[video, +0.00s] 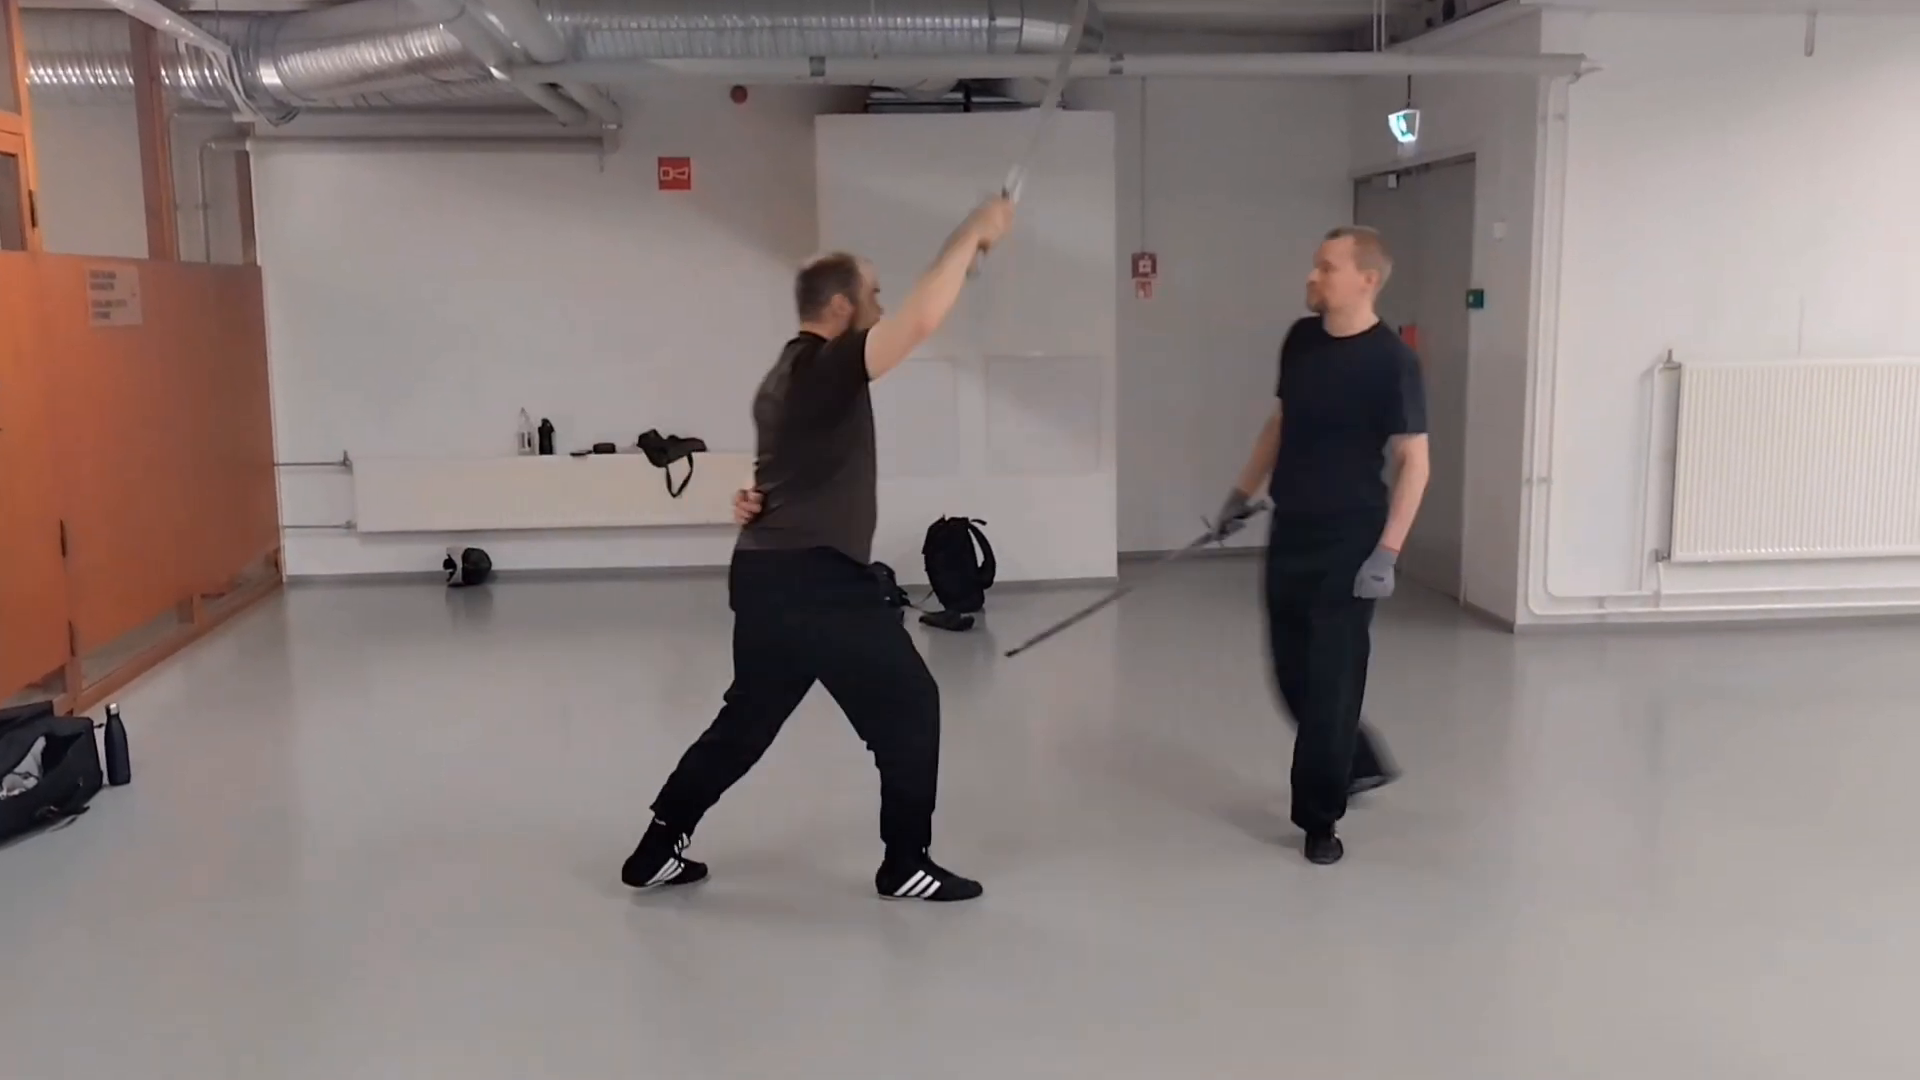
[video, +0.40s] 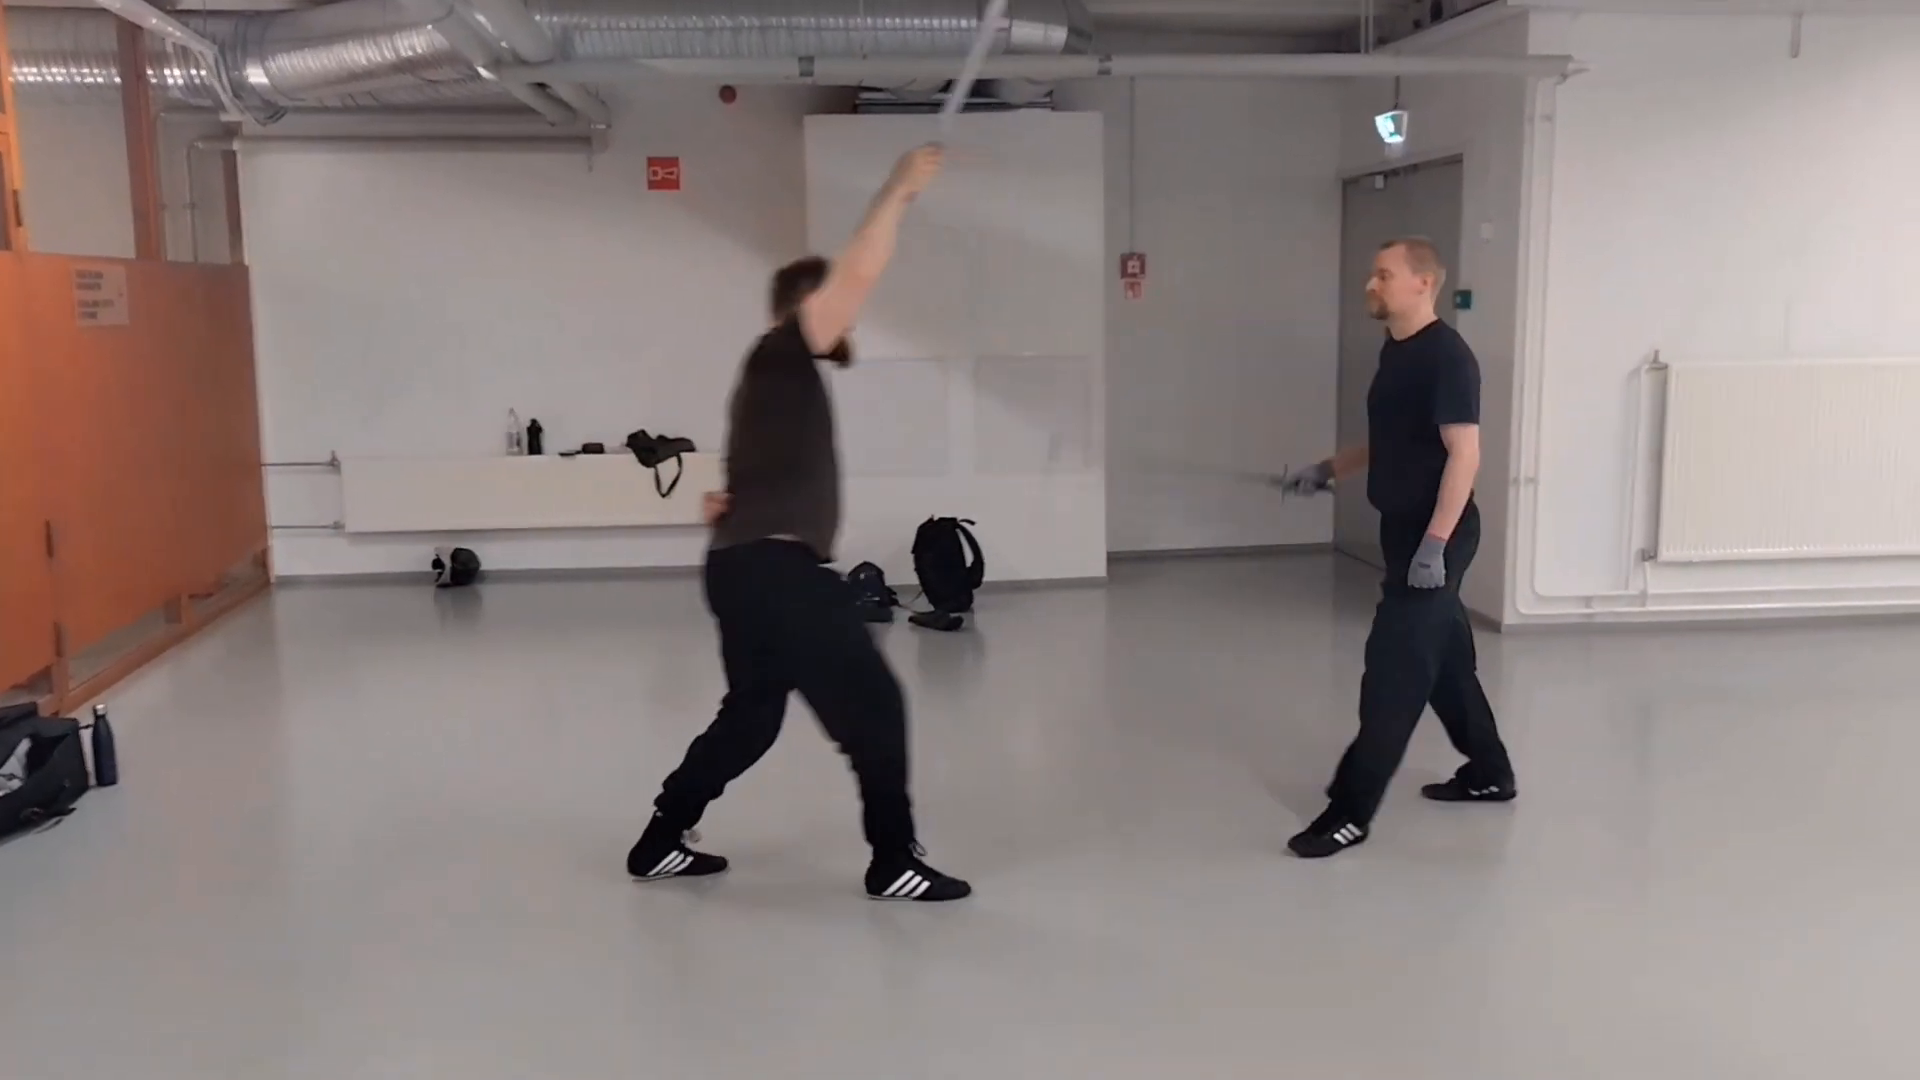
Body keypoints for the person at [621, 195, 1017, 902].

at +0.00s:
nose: (879, 308)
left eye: (875, 296)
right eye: (872, 297)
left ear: (813, 311)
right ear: (840, 308)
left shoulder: (782, 377)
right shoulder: (835, 363)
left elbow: (787, 465)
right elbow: (922, 319)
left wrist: (759, 494)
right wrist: (971, 237)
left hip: (765, 573)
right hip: (820, 576)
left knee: (748, 718)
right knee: (909, 709)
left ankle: (654, 850)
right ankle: (906, 865)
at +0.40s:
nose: (843, 310)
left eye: (840, 299)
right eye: (835, 296)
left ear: (785, 303)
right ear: (810, 299)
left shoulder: (770, 370)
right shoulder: (788, 352)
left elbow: (780, 478)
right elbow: (855, 274)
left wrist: (735, 504)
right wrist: (896, 194)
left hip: (740, 569)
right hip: (780, 568)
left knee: (751, 718)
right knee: (872, 706)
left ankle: (660, 841)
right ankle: (893, 863)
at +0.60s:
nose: (775, 316)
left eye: (776, 304)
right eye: (765, 302)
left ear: (751, 314)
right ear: (727, 300)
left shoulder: (711, 380)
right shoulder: (688, 359)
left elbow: (704, 479)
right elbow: (741, 273)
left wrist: (649, 503)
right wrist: (793, 194)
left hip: (690, 566)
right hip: (682, 566)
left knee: (718, 713)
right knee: (774, 705)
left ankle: (646, 846)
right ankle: (836, 862)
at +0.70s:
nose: (742, 316)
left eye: (743, 304)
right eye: (734, 302)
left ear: (710, 313)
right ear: (698, 301)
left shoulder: (679, 376)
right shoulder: (651, 354)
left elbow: (662, 470)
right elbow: (690, 269)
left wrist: (609, 499)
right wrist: (747, 186)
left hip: (649, 562)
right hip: (639, 563)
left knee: (687, 714)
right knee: (729, 707)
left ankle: (636, 851)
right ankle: (748, 868)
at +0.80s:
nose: (709, 310)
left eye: (709, 298)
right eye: (702, 297)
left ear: (680, 304)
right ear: (666, 295)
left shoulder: (647, 370)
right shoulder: (612, 348)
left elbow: (625, 458)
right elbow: (651, 263)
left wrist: (575, 487)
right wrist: (711, 181)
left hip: (622, 559)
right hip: (589, 557)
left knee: (667, 705)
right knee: (661, 706)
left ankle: (639, 851)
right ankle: (629, 863)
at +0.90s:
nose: (676, 309)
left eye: (674, 296)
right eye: (666, 296)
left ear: (646, 304)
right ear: (629, 297)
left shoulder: (619, 378)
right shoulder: (571, 351)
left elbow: (593, 464)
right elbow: (610, 266)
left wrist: (538, 487)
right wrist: (670, 186)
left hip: (589, 563)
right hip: (545, 557)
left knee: (640, 709)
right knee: (601, 711)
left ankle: (622, 855)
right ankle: (517, 868)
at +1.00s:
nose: (638, 311)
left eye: (637, 299)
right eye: (629, 298)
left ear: (602, 311)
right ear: (590, 301)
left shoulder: (585, 379)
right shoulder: (536, 353)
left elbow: (543, 467)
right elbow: (569, 269)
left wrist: (491, 499)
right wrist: (627, 187)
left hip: (556, 574)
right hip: (504, 567)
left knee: (615, 706)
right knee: (505, 728)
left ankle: (616, 853)